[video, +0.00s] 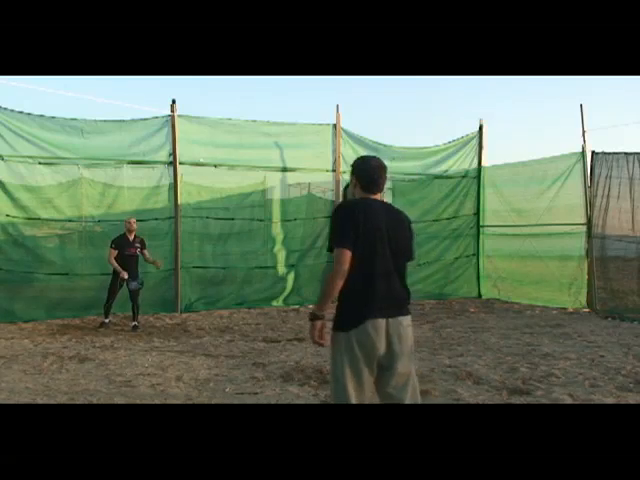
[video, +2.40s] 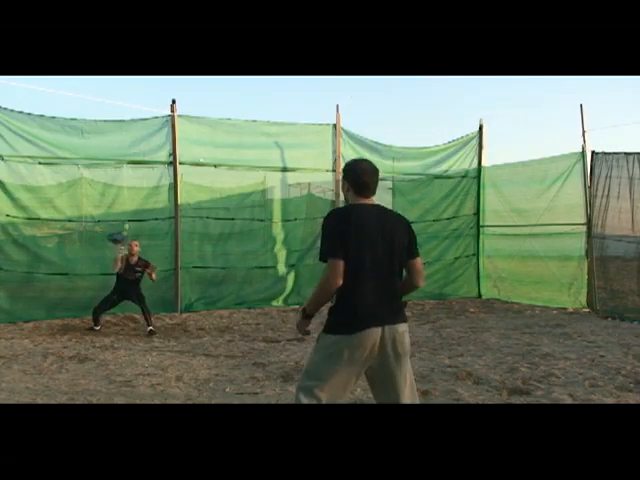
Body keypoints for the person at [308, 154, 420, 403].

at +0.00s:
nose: (349, 183)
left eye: (350, 179)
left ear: (354, 181)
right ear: (383, 184)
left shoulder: (347, 211)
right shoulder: (400, 217)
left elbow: (341, 268)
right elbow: (402, 264)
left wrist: (319, 313)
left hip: (358, 323)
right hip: (399, 321)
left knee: (352, 396)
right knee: (403, 395)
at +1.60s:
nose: (333, 183)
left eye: (333, 179)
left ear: (336, 184)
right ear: (365, 183)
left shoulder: (320, 218)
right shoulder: (386, 219)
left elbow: (308, 274)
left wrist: (297, 297)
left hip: (329, 328)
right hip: (375, 326)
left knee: (315, 397)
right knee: (391, 396)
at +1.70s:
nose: (319, 182)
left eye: (320, 177)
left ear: (322, 184)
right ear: (353, 181)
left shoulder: (307, 221)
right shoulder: (371, 215)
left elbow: (294, 278)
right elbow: (376, 182)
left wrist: (285, 292)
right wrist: (367, 145)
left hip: (322, 327)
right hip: (369, 324)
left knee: (313, 397)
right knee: (382, 396)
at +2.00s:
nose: (302, 185)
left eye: (302, 180)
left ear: (306, 185)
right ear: (339, 180)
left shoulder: (297, 224)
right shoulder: (363, 212)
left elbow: (295, 288)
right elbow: (411, 207)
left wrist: (291, 302)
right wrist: (391, 166)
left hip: (321, 333)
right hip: (369, 328)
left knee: (316, 398)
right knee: (383, 398)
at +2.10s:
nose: (309, 186)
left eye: (310, 181)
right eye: (311, 180)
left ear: (314, 186)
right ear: (344, 183)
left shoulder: (306, 225)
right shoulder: (370, 215)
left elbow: (304, 286)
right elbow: (417, 245)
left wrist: (294, 309)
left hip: (327, 335)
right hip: (374, 331)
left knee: (316, 398)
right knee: (390, 398)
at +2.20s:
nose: (322, 188)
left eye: (323, 183)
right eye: (324, 183)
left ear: (327, 188)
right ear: (356, 186)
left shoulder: (319, 228)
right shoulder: (383, 222)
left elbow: (317, 291)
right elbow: (417, 269)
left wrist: (298, 315)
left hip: (335, 338)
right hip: (382, 335)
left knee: (315, 398)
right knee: (396, 399)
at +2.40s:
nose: (342, 186)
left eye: (342, 182)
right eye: (343, 182)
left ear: (346, 185)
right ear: (375, 186)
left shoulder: (338, 218)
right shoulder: (399, 221)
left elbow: (335, 278)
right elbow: (417, 279)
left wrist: (307, 312)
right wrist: (388, 293)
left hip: (350, 330)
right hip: (394, 329)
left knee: (311, 395)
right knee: (402, 399)